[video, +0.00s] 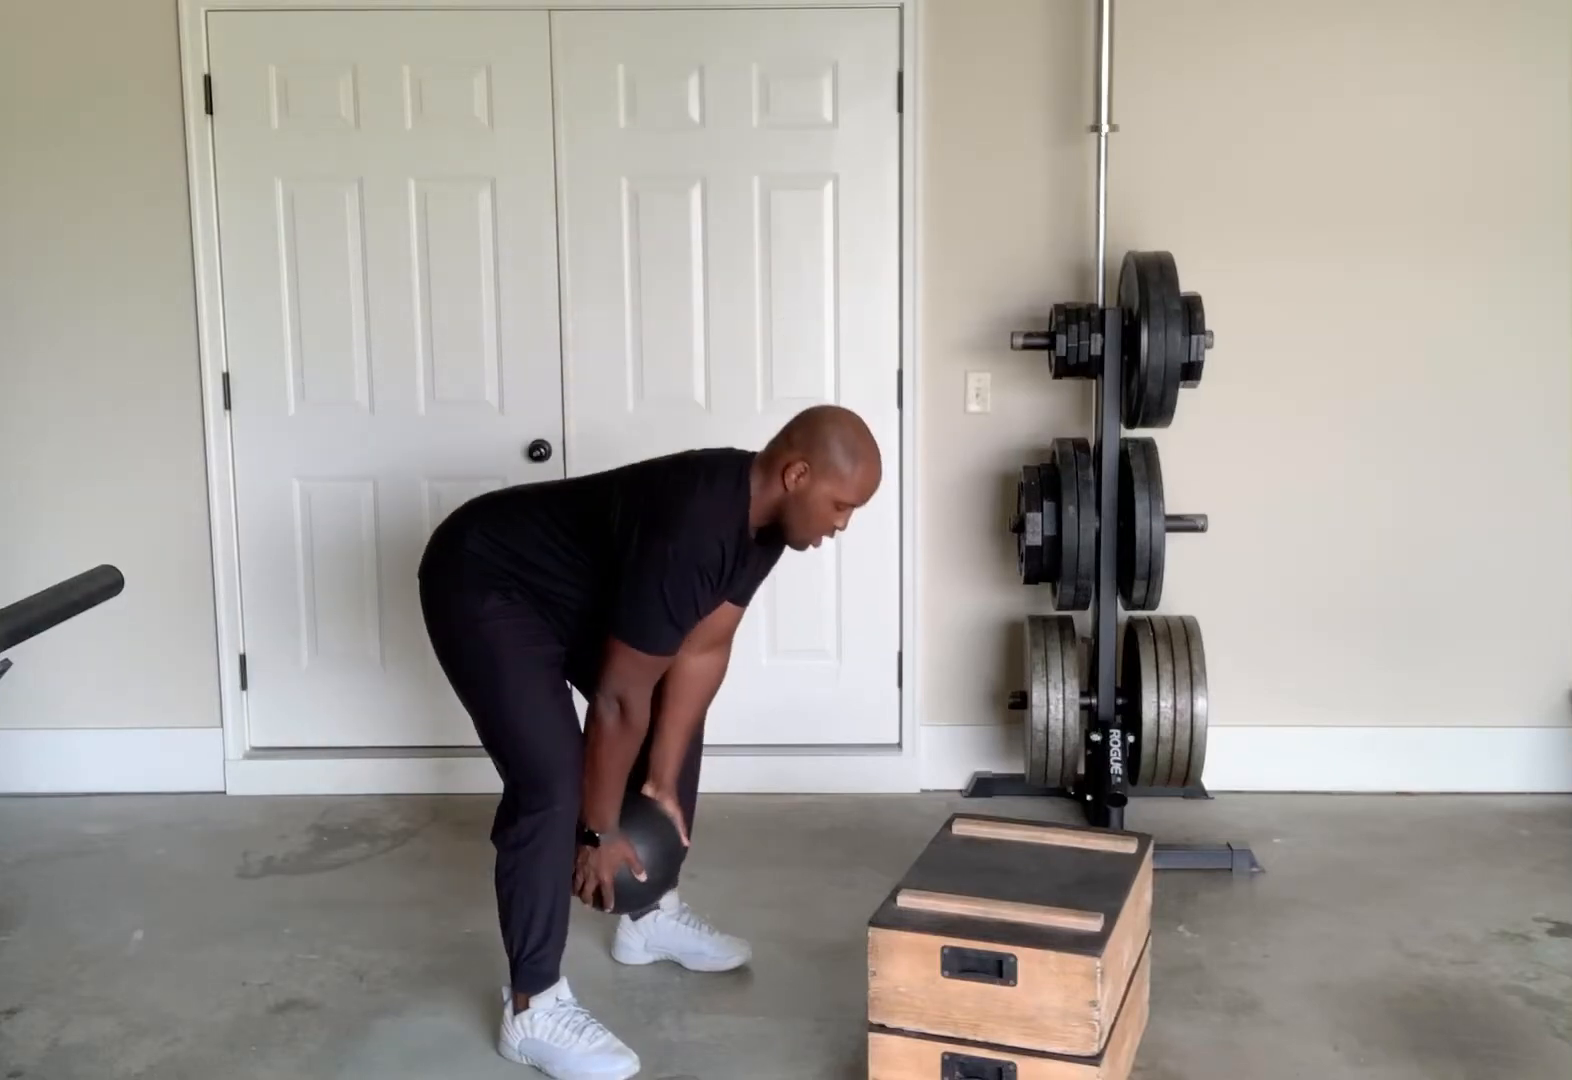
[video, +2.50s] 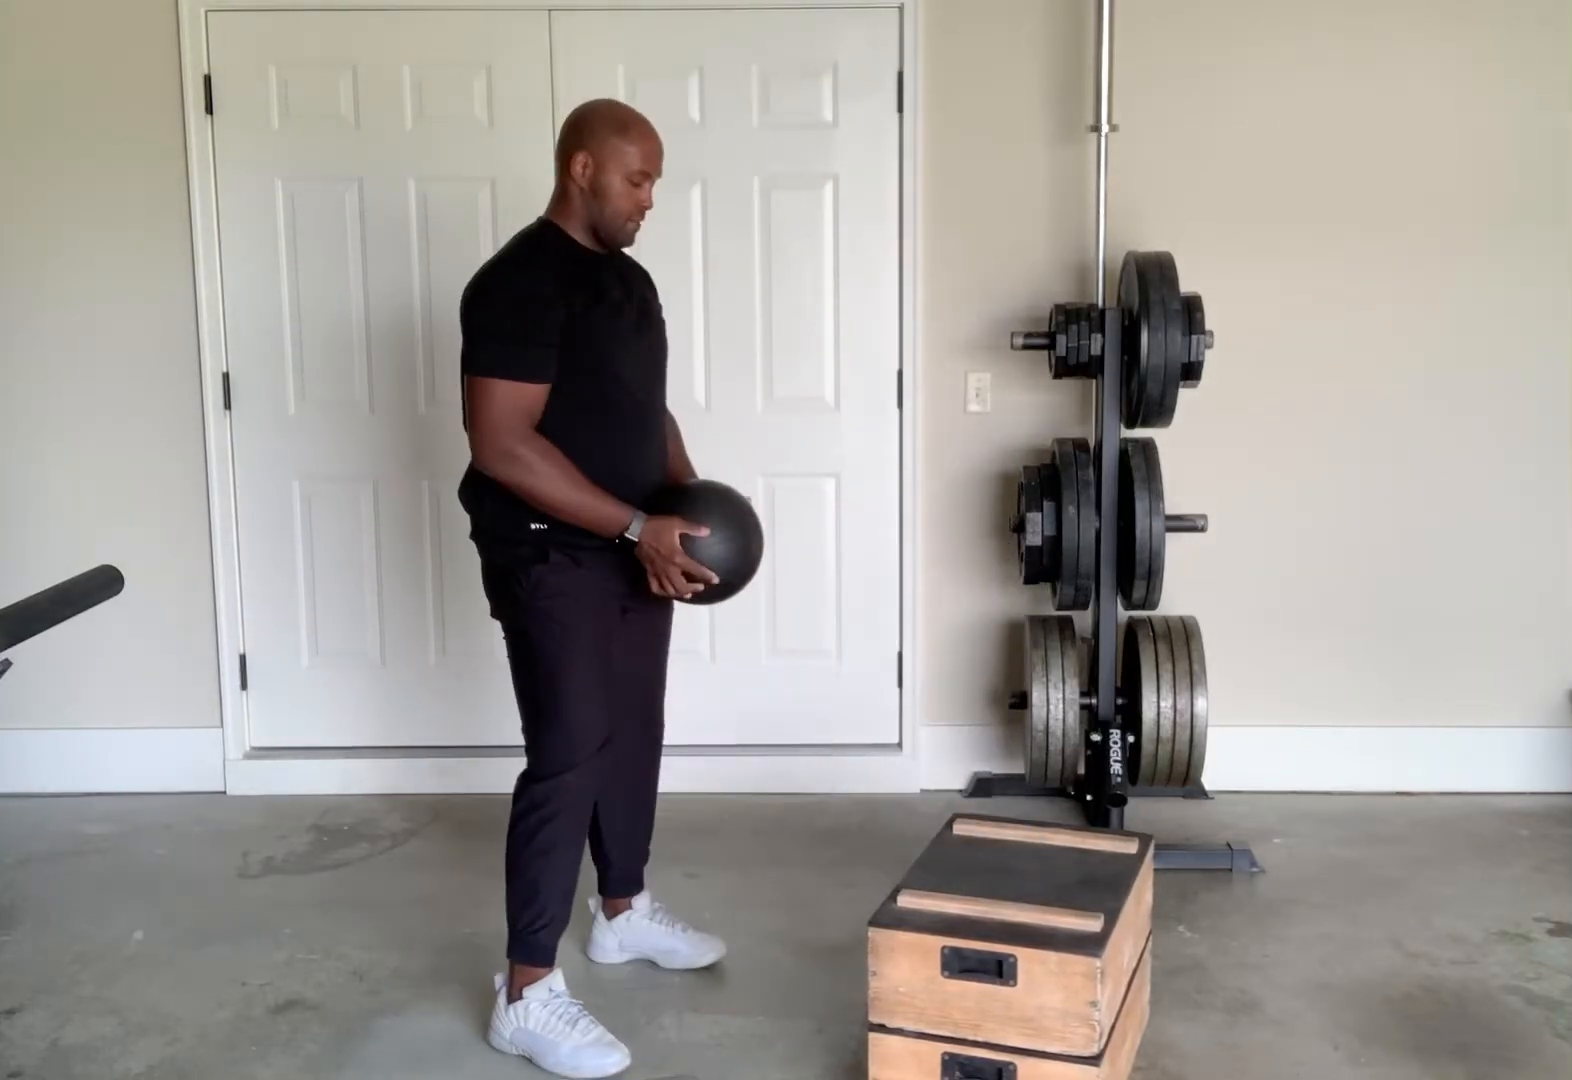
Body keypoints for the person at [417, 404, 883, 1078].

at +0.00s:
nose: (844, 526)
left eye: (852, 512)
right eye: (841, 506)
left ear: (798, 472)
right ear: (794, 472)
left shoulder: (765, 522)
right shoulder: (692, 521)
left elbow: (705, 649)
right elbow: (618, 701)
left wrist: (663, 788)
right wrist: (596, 831)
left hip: (565, 583)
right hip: (478, 577)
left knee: (676, 716)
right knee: (549, 780)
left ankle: (645, 914)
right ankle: (533, 1004)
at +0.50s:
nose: (794, 315)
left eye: (792, 296)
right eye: (778, 296)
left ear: (731, 313)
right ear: (718, 310)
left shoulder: (736, 409)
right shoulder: (647, 403)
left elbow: (698, 531)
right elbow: (573, 577)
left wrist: (718, 658)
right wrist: (666, 700)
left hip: (602, 567)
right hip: (502, 570)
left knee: (682, 717)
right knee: (580, 778)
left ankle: (649, 915)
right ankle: (536, 1002)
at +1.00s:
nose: (774, 158)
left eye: (772, 140)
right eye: (754, 141)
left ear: (752, 150)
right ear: (697, 147)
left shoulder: (749, 227)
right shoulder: (646, 212)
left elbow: (747, 72)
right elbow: (665, 35)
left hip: (789, 515)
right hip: (673, 537)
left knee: (953, 577)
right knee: (611, 766)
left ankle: (957, 814)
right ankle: (548, 991)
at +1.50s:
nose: (760, 146)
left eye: (767, 127)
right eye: (735, 123)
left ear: (763, 134)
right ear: (678, 126)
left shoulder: (741, 210)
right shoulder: (635, 210)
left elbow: (782, 95)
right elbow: (668, 30)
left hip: (816, 504)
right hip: (700, 529)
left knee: (980, 582)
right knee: (646, 758)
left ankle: (959, 812)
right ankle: (562, 977)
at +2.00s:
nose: (599, 183)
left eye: (599, 165)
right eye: (581, 165)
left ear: (553, 172)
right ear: (517, 171)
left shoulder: (587, 268)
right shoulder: (473, 299)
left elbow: (604, 403)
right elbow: (497, 467)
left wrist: (691, 410)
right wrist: (658, 420)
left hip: (672, 524)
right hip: (574, 574)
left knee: (839, 595)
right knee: (568, 776)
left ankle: (761, 795)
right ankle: (541, 994)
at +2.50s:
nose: (651, 200)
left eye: (655, 183)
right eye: (639, 180)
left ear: (604, 174)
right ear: (580, 169)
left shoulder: (629, 284)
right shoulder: (515, 283)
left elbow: (646, 413)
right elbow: (500, 446)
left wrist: (693, 517)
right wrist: (633, 528)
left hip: (629, 551)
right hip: (549, 555)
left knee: (632, 736)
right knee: (566, 757)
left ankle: (624, 913)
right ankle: (527, 989)